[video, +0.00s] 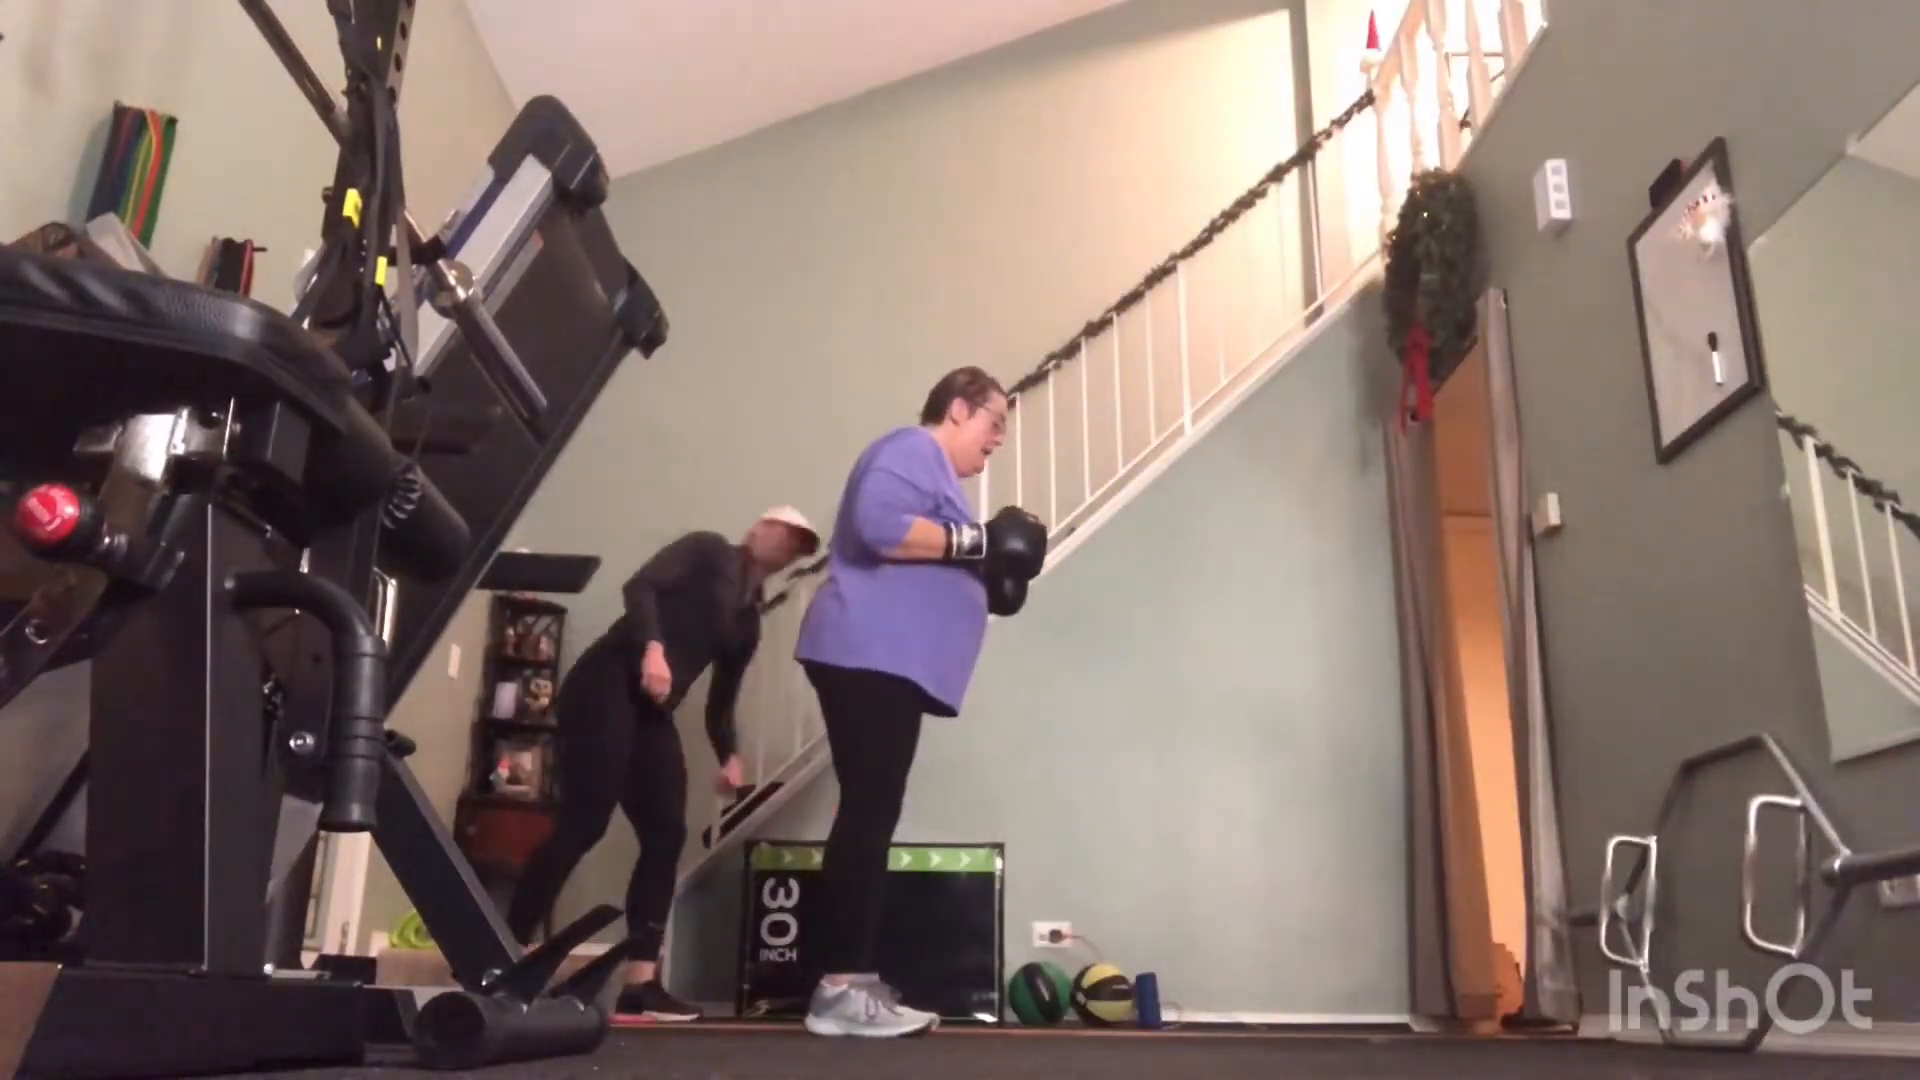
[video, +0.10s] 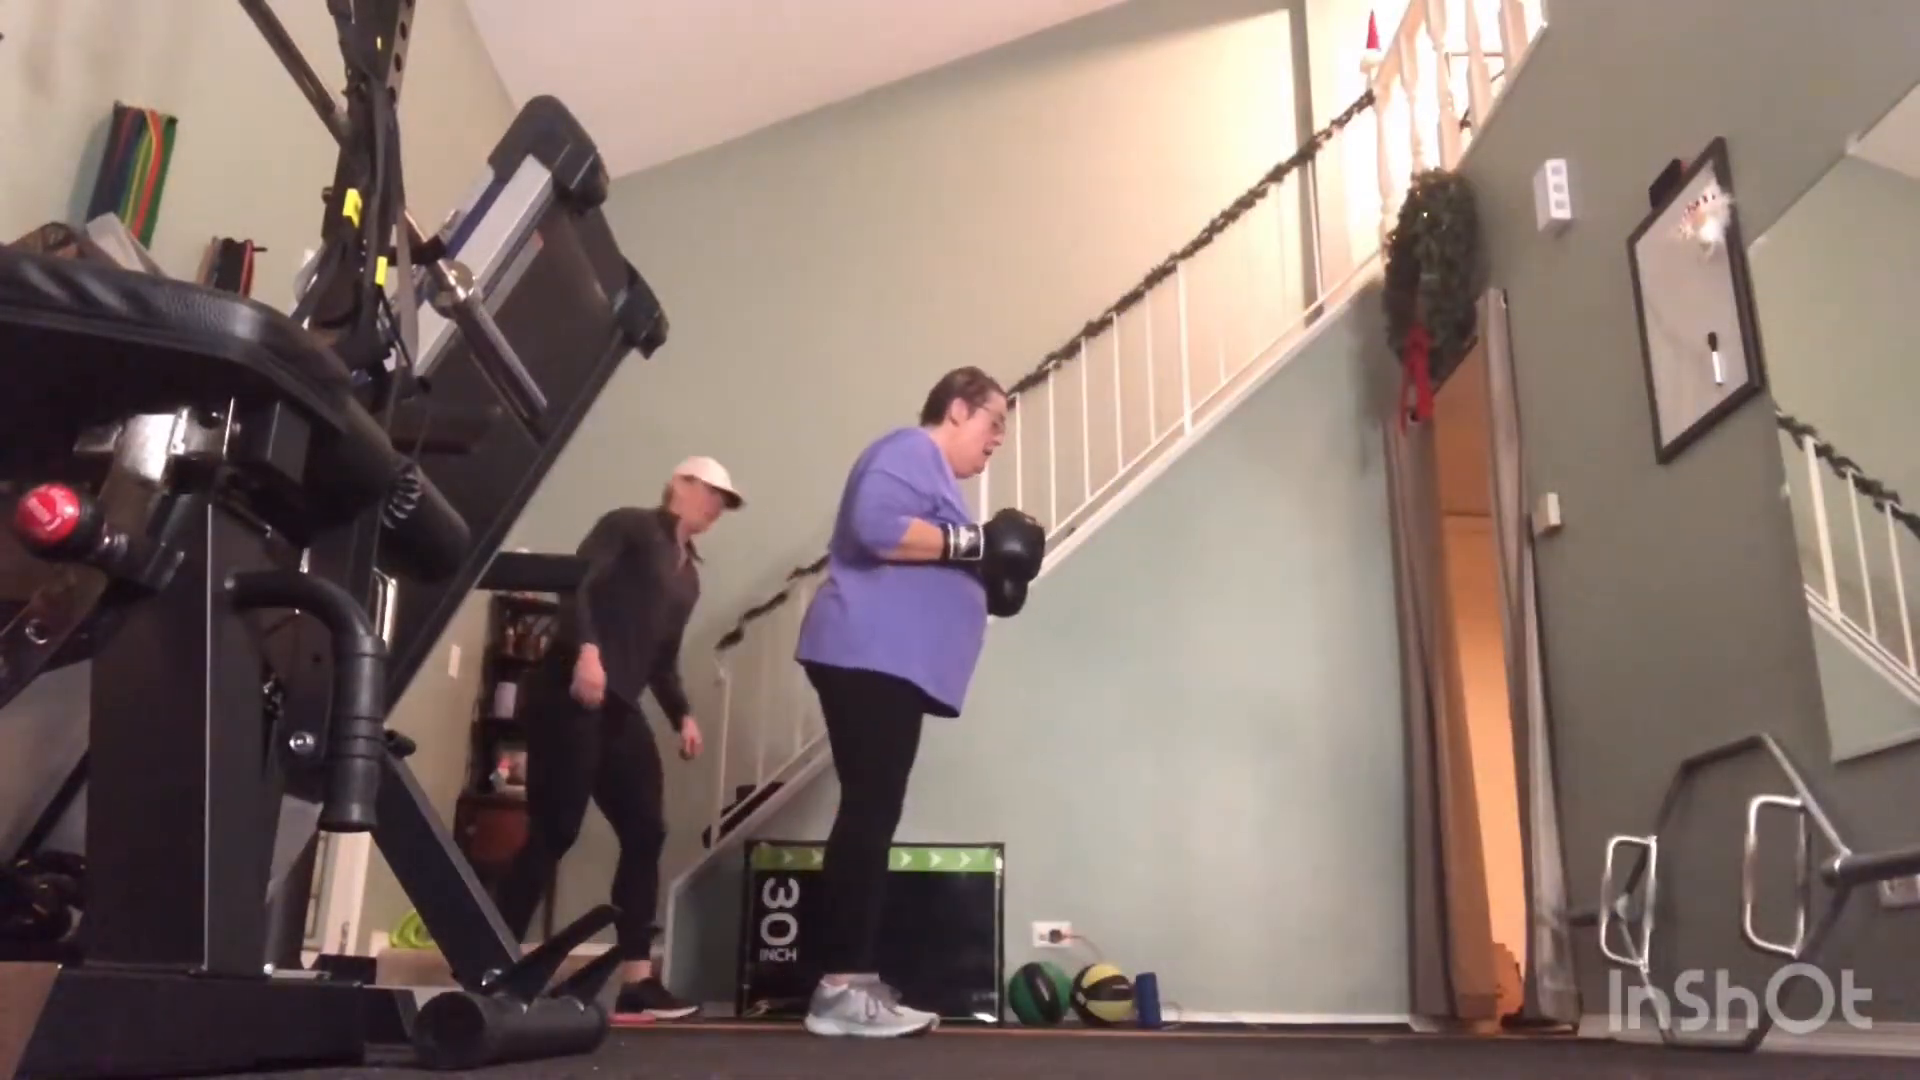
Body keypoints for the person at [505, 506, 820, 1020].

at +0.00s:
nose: (788, 547)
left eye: (798, 545)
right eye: (784, 532)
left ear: (795, 559)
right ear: (756, 528)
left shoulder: (747, 624)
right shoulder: (708, 548)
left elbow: (721, 701)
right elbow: (639, 586)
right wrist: (652, 646)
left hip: (652, 712)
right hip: (605, 686)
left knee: (665, 834)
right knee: (584, 820)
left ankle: (640, 980)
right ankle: (516, 944)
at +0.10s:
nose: (718, 509)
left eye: (724, 502)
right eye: (713, 495)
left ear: (715, 509)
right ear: (679, 486)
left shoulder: (688, 576)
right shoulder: (629, 525)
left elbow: (661, 657)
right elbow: (576, 582)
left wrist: (683, 714)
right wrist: (586, 651)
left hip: (619, 709)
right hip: (567, 694)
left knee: (644, 833)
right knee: (554, 828)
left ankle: (636, 979)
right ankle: (490, 953)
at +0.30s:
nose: (759, 512)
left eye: (766, 506)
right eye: (754, 498)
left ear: (763, 514)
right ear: (724, 490)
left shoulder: (730, 575)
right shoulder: (674, 533)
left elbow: (715, 654)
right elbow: (627, 594)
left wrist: (736, 710)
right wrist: (658, 653)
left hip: (675, 704)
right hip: (630, 691)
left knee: (677, 831)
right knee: (666, 820)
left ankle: (638, 974)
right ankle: (608, 945)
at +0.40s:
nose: (769, 486)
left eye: (774, 480)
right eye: (761, 473)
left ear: (768, 490)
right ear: (729, 473)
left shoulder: (744, 555)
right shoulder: (695, 517)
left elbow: (718, 642)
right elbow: (655, 580)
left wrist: (761, 696)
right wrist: (686, 629)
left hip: (697, 694)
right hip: (660, 683)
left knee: (713, 832)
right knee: (681, 822)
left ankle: (648, 966)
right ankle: (648, 974)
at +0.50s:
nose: (797, 500)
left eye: (803, 492)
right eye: (792, 485)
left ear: (794, 497)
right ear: (761, 477)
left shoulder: (765, 550)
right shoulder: (724, 519)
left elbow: (739, 639)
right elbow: (691, 582)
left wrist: (773, 682)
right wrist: (725, 642)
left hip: (722, 696)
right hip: (686, 687)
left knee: (733, 832)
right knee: (701, 826)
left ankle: (706, 973)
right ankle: (653, 971)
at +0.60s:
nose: (804, 497)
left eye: (812, 492)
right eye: (802, 486)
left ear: (810, 501)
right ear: (785, 482)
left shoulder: (792, 551)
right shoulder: (740, 521)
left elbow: (760, 641)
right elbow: (692, 585)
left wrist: (792, 696)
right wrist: (713, 647)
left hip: (734, 692)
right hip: (691, 683)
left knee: (737, 825)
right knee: (705, 821)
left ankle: (709, 971)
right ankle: (669, 969)